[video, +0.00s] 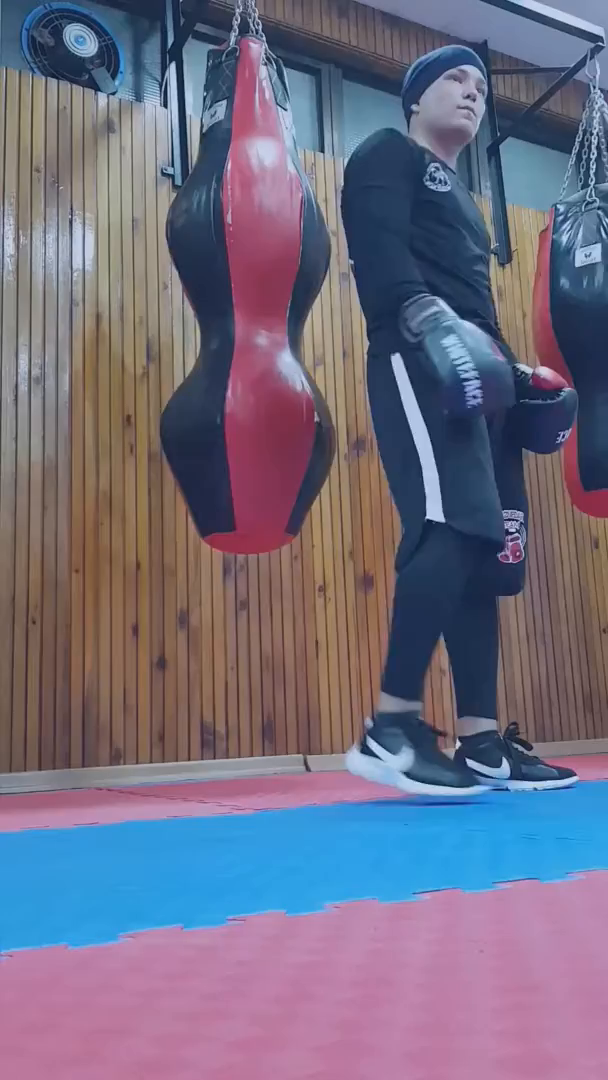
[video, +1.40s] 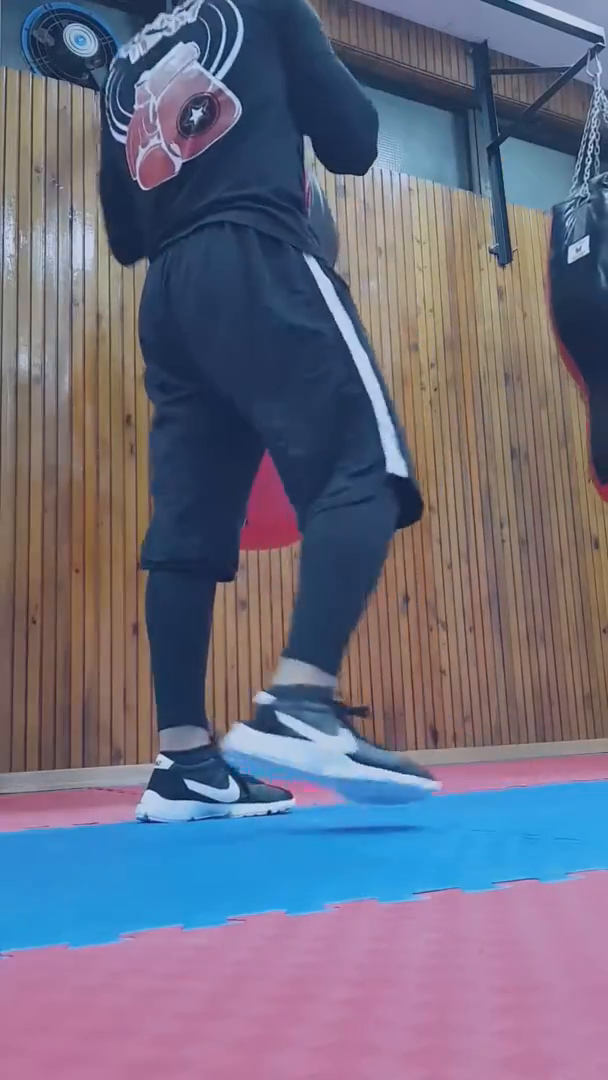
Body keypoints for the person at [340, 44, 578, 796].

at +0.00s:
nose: (470, 93)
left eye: (479, 89)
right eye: (455, 80)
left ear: (480, 117)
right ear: (415, 96)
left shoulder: (461, 198)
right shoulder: (386, 154)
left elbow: (472, 305)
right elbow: (385, 265)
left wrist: (518, 372)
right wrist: (442, 333)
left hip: (472, 366)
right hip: (414, 359)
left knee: (482, 546)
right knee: (448, 531)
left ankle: (481, 738)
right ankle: (392, 728)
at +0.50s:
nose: (473, 50)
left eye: (473, 39)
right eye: (462, 33)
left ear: (422, 41)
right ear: (415, 33)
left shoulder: (394, 109)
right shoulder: (403, 93)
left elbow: (389, 270)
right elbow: (411, 224)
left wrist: (471, 344)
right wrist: (509, 303)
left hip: (405, 327)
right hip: (379, 321)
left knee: (454, 533)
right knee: (407, 529)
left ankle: (474, 736)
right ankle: (434, 752)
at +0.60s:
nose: (461, 61)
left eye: (461, 47)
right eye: (455, 42)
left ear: (401, 34)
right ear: (416, 31)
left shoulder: (363, 93)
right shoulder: (401, 79)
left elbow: (376, 264)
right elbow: (414, 213)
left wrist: (462, 328)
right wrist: (513, 280)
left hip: (357, 320)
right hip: (370, 320)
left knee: (409, 528)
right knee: (405, 528)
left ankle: (417, 732)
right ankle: (432, 749)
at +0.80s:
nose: (407, 39)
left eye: (404, 33)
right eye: (405, 28)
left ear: (329, 23)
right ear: (388, 20)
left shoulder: (297, 84)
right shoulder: (374, 61)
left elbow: (217, 216)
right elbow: (422, 194)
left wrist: (256, 327)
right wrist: (476, 169)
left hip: (301, 319)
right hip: (360, 315)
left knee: (331, 529)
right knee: (383, 531)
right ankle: (437, 752)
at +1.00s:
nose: (352, 40)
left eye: (344, 37)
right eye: (344, 32)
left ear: (257, 33)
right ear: (325, 24)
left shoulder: (209, 113)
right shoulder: (326, 46)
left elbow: (212, 251)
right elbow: (398, 190)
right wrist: (374, 122)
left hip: (236, 319)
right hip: (315, 301)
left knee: (233, 543)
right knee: (377, 527)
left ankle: (188, 753)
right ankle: (436, 748)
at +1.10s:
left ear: (210, 45)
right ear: (267, 23)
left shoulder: (175, 123)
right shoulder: (304, 53)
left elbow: (203, 235)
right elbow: (366, 185)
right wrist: (292, 161)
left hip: (204, 313)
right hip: (287, 296)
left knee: (224, 545)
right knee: (366, 518)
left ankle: (188, 759)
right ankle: (422, 747)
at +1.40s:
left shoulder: (122, 69)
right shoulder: (266, 7)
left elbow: (127, 234)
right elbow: (352, 142)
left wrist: (199, 141)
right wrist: (302, 79)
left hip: (167, 286)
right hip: (257, 259)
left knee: (185, 528)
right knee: (362, 478)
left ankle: (186, 762)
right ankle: (302, 700)